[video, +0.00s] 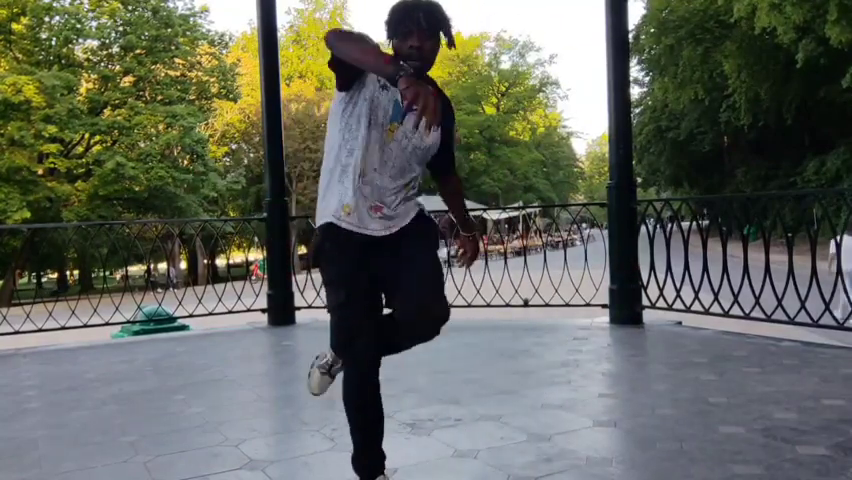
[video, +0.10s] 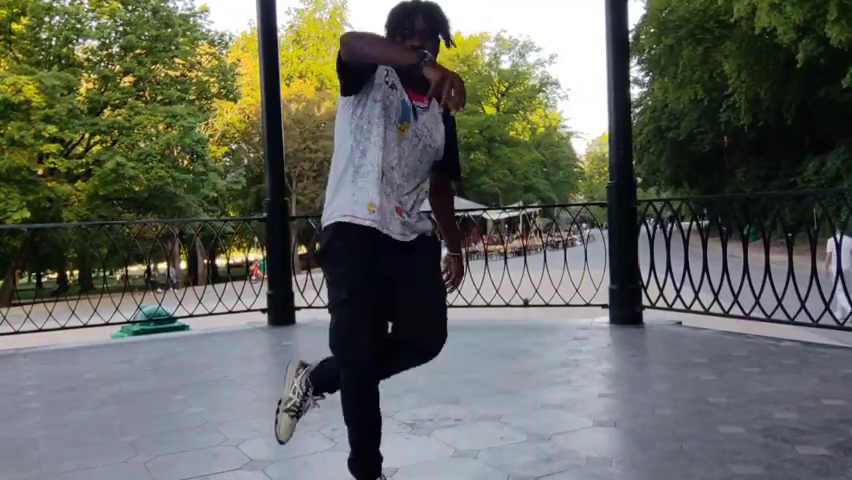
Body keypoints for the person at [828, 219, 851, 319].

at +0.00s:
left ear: (839, 230)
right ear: (847, 230)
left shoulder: (836, 240)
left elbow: (832, 255)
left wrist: (829, 267)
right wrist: (830, 266)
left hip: (843, 269)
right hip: (849, 268)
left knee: (845, 291)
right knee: (845, 291)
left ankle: (841, 313)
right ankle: (842, 313)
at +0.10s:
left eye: (835, 229)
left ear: (835, 229)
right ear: (843, 229)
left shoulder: (831, 240)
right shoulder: (849, 240)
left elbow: (829, 255)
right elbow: (850, 253)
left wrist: (826, 267)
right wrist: (849, 265)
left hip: (836, 267)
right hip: (847, 267)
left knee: (839, 290)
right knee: (842, 290)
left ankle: (848, 309)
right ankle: (839, 313)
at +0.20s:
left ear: (833, 229)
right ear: (842, 229)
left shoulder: (828, 239)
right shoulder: (847, 239)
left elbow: (826, 254)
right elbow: (849, 252)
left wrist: (823, 266)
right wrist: (849, 262)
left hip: (833, 266)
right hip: (845, 266)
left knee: (832, 289)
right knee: (842, 289)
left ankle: (842, 306)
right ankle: (839, 313)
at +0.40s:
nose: (825, 227)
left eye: (825, 226)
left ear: (826, 226)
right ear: (835, 227)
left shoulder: (823, 238)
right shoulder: (840, 237)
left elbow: (820, 252)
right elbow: (843, 249)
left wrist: (817, 264)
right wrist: (840, 262)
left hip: (826, 265)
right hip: (837, 265)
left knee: (823, 287)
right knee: (839, 288)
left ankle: (821, 309)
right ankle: (839, 313)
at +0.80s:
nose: (811, 228)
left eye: (811, 227)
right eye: (812, 227)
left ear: (809, 228)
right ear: (817, 228)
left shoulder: (806, 238)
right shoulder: (824, 237)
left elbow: (805, 252)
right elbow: (828, 252)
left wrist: (803, 264)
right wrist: (829, 264)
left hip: (810, 265)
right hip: (821, 264)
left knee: (811, 286)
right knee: (822, 284)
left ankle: (813, 308)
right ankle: (828, 301)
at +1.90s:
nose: (780, 228)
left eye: (780, 227)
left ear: (781, 227)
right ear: (789, 228)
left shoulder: (779, 237)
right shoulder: (794, 236)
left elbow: (775, 249)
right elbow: (797, 249)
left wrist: (773, 259)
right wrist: (798, 260)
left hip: (782, 260)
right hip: (792, 260)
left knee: (783, 281)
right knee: (792, 279)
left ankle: (785, 300)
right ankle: (796, 294)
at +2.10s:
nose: (777, 228)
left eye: (777, 227)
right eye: (778, 227)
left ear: (777, 228)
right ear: (784, 228)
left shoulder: (774, 237)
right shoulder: (790, 236)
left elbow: (771, 249)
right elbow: (793, 248)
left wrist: (770, 258)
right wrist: (793, 258)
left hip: (778, 259)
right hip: (788, 258)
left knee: (781, 280)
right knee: (786, 279)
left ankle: (785, 300)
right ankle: (784, 298)